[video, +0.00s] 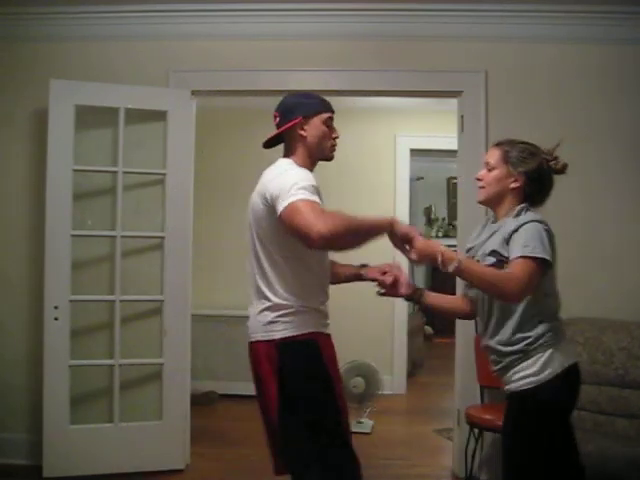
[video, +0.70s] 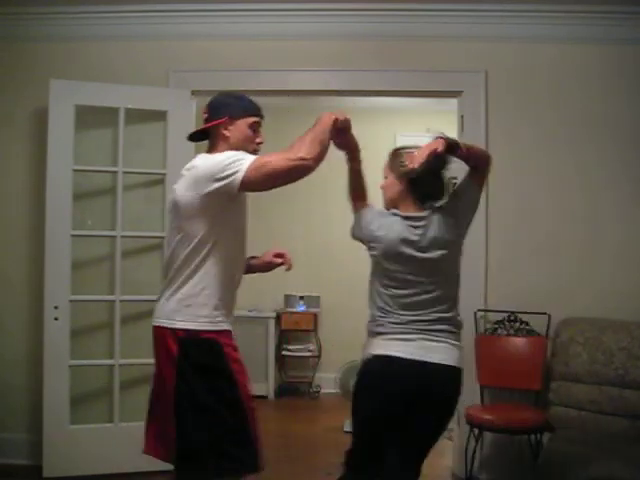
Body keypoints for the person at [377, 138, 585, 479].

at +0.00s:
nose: (478, 175)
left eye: (488, 168)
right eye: (481, 168)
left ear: (515, 180)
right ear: (511, 181)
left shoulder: (530, 228)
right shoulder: (485, 235)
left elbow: (514, 287)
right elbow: (471, 305)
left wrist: (444, 257)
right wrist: (412, 291)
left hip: (544, 378)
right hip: (518, 378)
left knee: (523, 470)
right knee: (550, 470)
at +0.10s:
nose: (469, 173)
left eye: (480, 167)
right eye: (473, 166)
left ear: (506, 179)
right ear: (500, 180)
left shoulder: (521, 228)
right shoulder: (476, 234)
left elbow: (490, 280)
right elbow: (459, 303)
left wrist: (421, 236)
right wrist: (398, 291)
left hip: (530, 380)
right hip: (499, 383)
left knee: (522, 473)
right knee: (511, 470)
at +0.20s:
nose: (456, 173)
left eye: (465, 166)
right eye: (460, 166)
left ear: (492, 178)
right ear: (488, 179)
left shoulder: (501, 226)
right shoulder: (477, 226)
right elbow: (435, 289)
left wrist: (391, 218)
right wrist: (388, 270)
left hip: (513, 381)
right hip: (489, 379)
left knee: (495, 474)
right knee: (476, 470)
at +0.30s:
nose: (437, 175)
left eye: (446, 167)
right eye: (440, 166)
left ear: (471, 177)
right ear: (470, 179)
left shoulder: (472, 223)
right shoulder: (473, 220)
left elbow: (392, 262)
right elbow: (424, 254)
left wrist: (363, 200)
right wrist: (399, 216)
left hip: (495, 375)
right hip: (491, 372)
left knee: (436, 471)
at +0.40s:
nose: (420, 177)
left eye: (427, 169)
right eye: (421, 170)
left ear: (450, 179)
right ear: (454, 180)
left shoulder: (448, 224)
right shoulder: (478, 219)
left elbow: (367, 246)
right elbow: (434, 205)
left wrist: (349, 181)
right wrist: (412, 166)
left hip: (468, 373)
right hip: (489, 368)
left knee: (414, 472)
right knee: (465, 473)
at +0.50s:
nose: (408, 180)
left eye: (416, 173)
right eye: (413, 172)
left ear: (437, 184)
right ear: (449, 186)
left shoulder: (422, 229)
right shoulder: (471, 224)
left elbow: (354, 232)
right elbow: (454, 178)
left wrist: (345, 169)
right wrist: (425, 144)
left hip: (435, 369)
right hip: (470, 368)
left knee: (407, 471)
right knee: (418, 470)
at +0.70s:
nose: (382, 184)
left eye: (387, 178)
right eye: (384, 177)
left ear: (403, 183)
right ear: (427, 183)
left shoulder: (379, 229)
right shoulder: (450, 223)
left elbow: (359, 203)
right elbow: (482, 163)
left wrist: (353, 157)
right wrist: (452, 146)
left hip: (388, 364)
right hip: (442, 368)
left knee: (365, 464)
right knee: (407, 467)